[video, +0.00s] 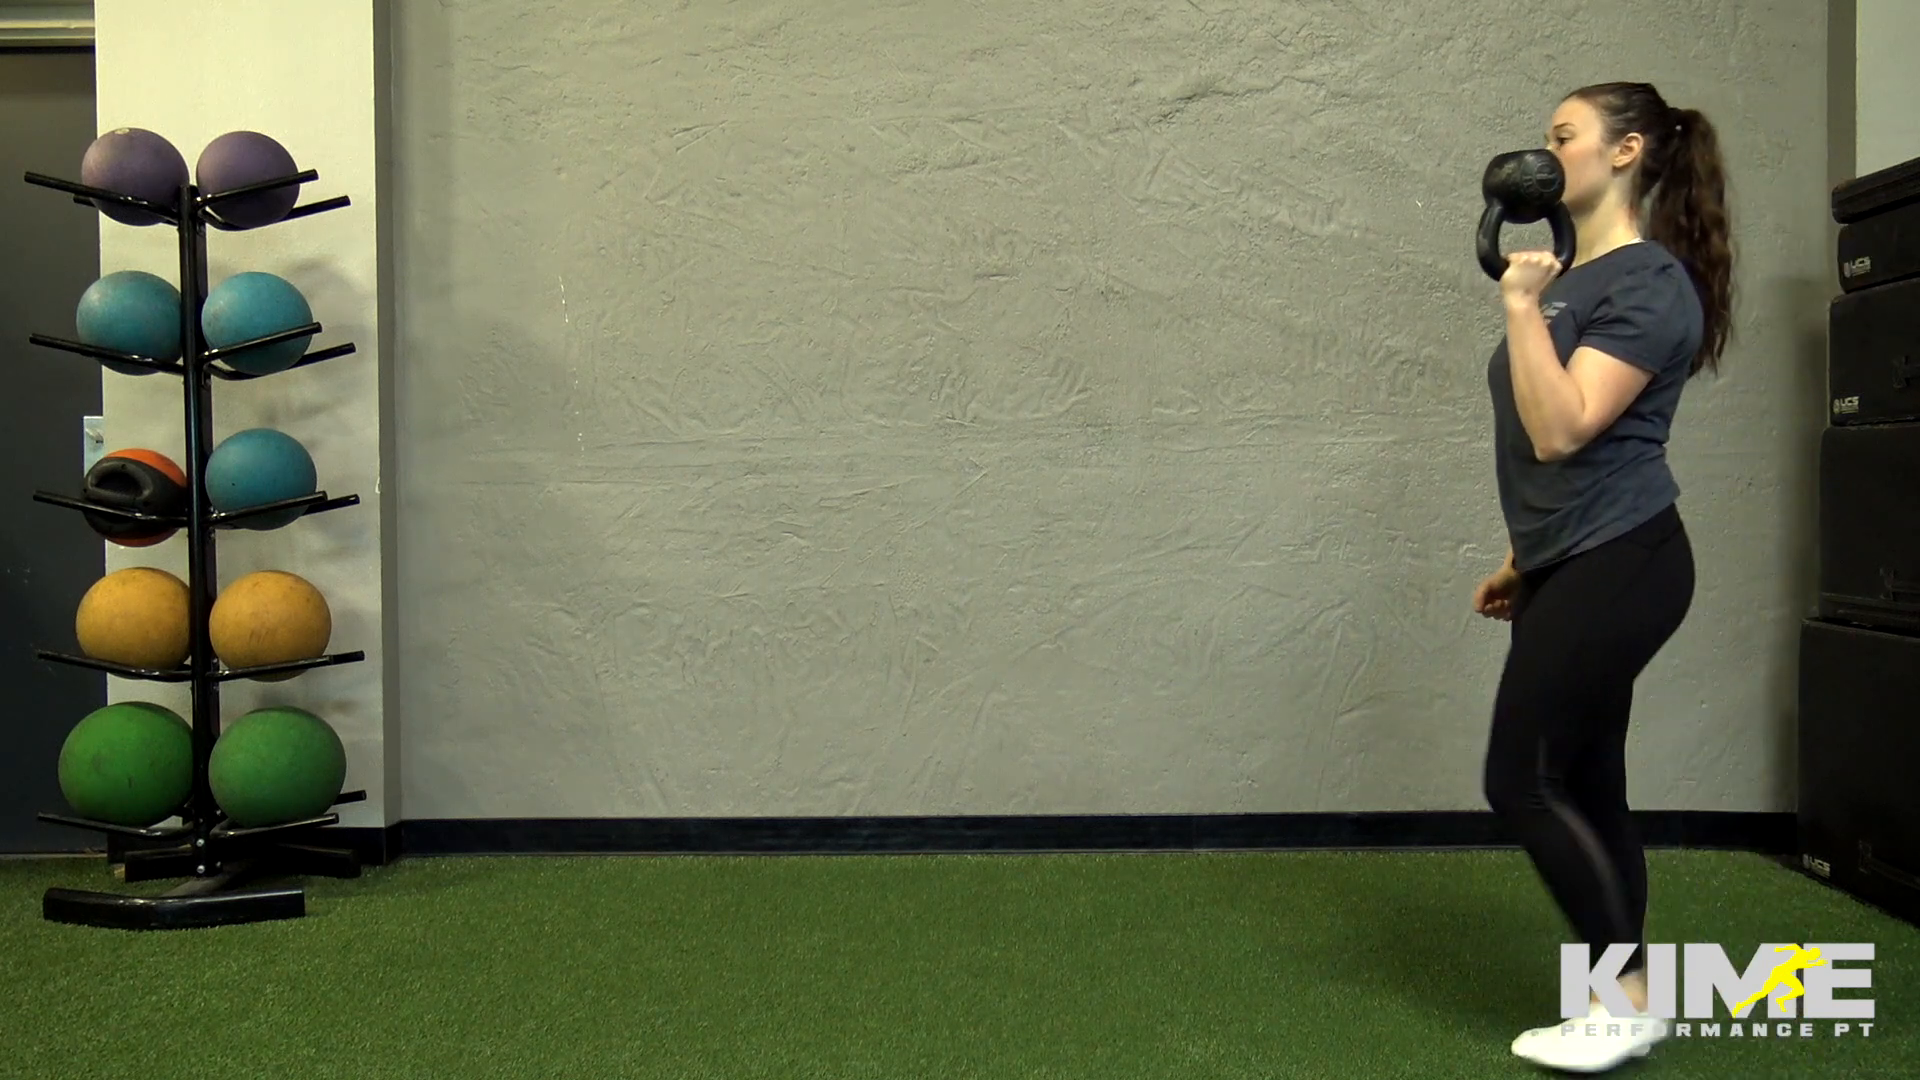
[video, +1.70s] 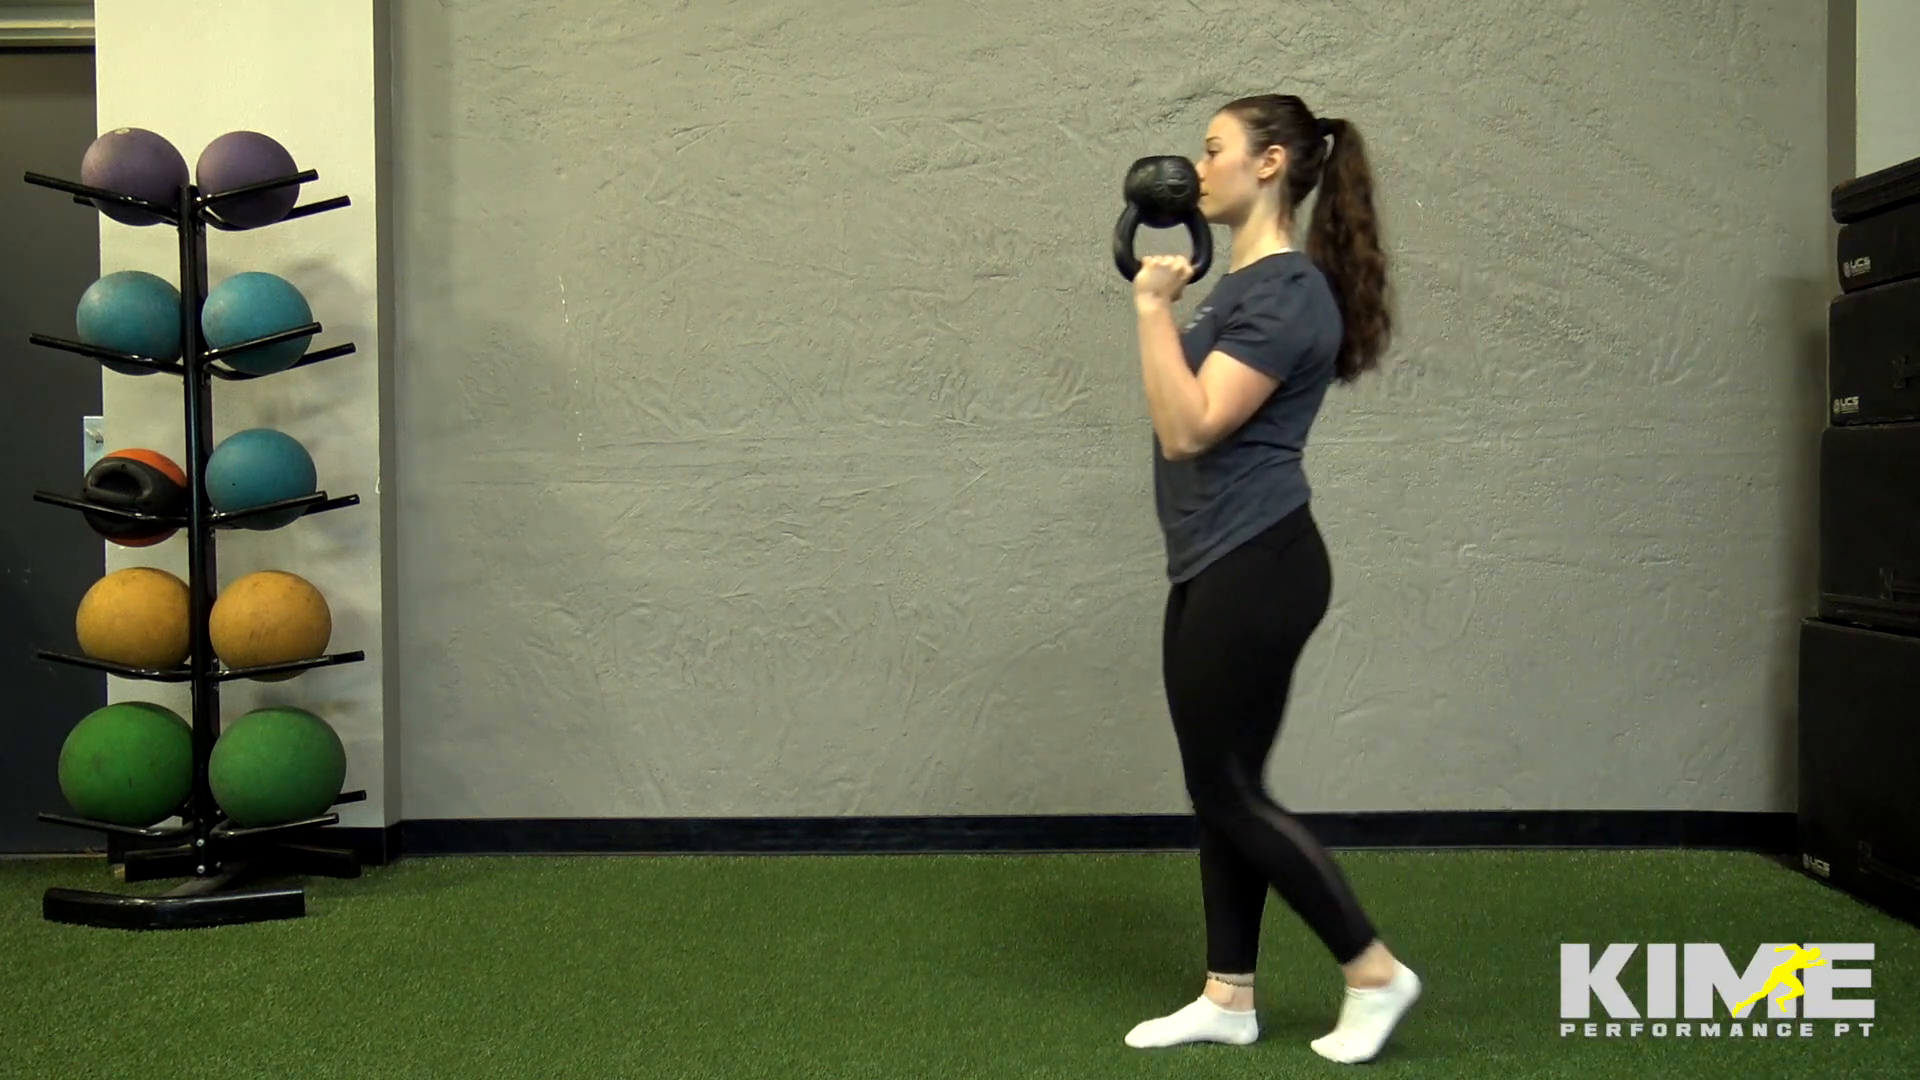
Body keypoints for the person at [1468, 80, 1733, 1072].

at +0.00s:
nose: (1546, 155)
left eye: (1565, 140)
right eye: (1549, 140)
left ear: (1629, 151)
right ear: (1607, 153)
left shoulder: (1655, 283)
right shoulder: (1574, 274)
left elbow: (1558, 431)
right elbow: (1566, 442)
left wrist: (1520, 306)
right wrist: (1526, 553)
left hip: (1620, 560)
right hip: (1571, 564)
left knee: (1519, 783)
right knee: (1593, 793)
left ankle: (1626, 1001)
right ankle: (1623, 1000)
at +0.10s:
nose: (1531, 155)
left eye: (1550, 140)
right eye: (1534, 141)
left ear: (1614, 152)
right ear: (1592, 155)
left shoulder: (1638, 284)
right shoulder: (1563, 280)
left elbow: (1544, 432)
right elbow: (1563, 444)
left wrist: (1507, 306)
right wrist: (1522, 559)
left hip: (1609, 560)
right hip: (1566, 564)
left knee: (1498, 778)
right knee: (1586, 795)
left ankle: (1542, 1009)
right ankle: (1616, 1005)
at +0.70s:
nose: (1407, 159)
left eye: (1425, 143)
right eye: (1409, 144)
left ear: (1486, 154)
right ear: (1468, 157)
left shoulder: (1508, 285)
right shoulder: (1441, 275)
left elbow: (1409, 424)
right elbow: (1417, 443)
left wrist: (1372, 302)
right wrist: (1395, 565)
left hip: (1470, 560)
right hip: (1432, 561)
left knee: (1431, 791)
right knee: (1442, 784)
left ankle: (1424, 1014)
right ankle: (1571, 960)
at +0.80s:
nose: (1391, 159)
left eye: (1409, 143)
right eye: (1394, 144)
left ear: (1469, 153)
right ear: (1452, 156)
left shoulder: (1491, 284)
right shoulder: (1422, 274)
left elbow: (1392, 422)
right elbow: (1395, 441)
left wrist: (1354, 299)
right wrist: (1376, 567)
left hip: (1454, 560)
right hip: (1404, 565)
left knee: (1423, 789)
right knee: (1385, 786)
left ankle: (1425, 1014)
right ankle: (1536, 946)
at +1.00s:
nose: (1352, 158)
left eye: (1370, 142)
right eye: (1355, 143)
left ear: (1430, 152)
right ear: (1414, 155)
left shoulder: (1454, 282)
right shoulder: (1391, 272)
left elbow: (1356, 420)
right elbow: (1347, 407)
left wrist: (1316, 300)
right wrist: (1320, 289)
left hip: (1422, 562)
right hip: (1358, 564)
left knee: (1405, 788)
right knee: (1306, 766)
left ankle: (1426, 1014)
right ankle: (1384, 965)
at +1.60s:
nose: (1227, 167)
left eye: (1243, 151)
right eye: (1231, 151)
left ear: (1301, 162)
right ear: (1292, 162)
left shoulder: (1324, 289)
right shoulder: (1262, 283)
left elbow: (1226, 424)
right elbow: (1215, 420)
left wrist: (1185, 305)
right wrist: (1188, 298)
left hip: (1296, 564)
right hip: (1233, 572)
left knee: (1302, 790)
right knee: (1235, 790)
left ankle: (1410, 996)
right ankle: (1230, 997)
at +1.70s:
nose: (1197, 169)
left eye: (1214, 152)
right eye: (1202, 152)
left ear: (1272, 167)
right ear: (1266, 169)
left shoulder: (1288, 291)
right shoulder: (1237, 285)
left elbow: (1194, 425)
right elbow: (1179, 429)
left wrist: (1151, 306)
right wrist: (1156, 306)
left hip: (1259, 562)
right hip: (1214, 568)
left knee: (1228, 789)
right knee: (1217, 785)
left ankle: (1377, 972)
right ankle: (1230, 996)